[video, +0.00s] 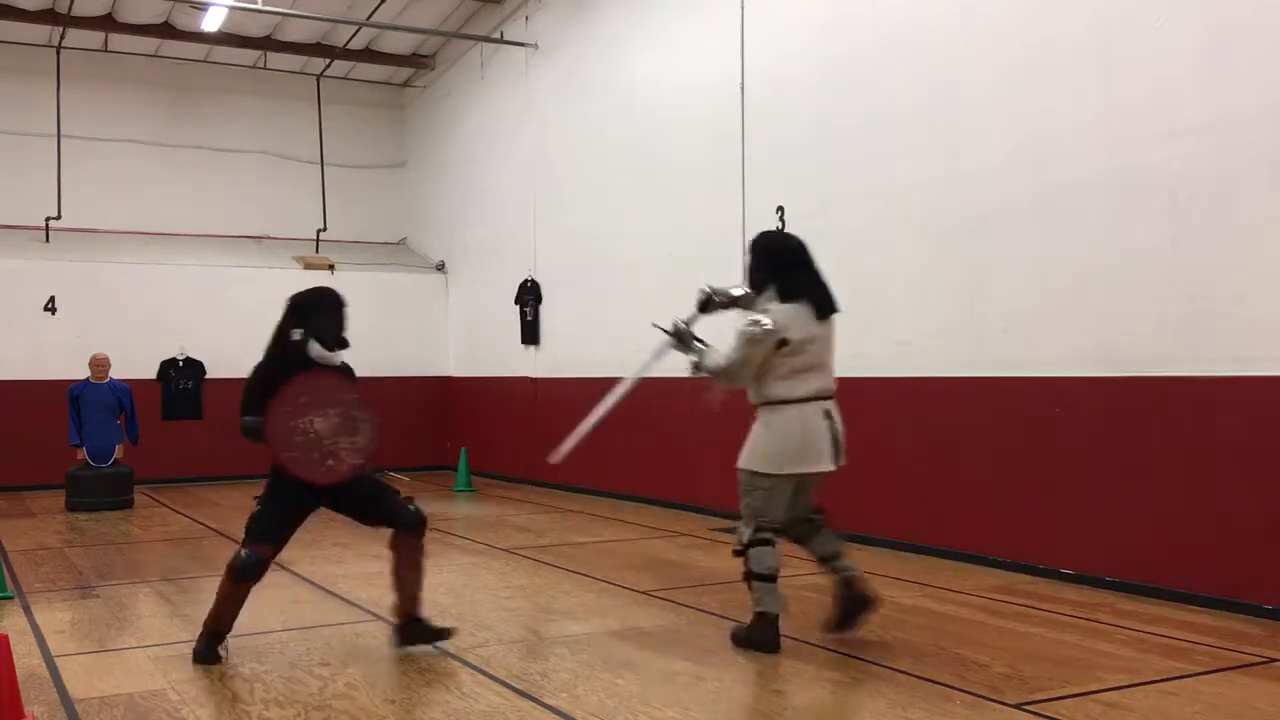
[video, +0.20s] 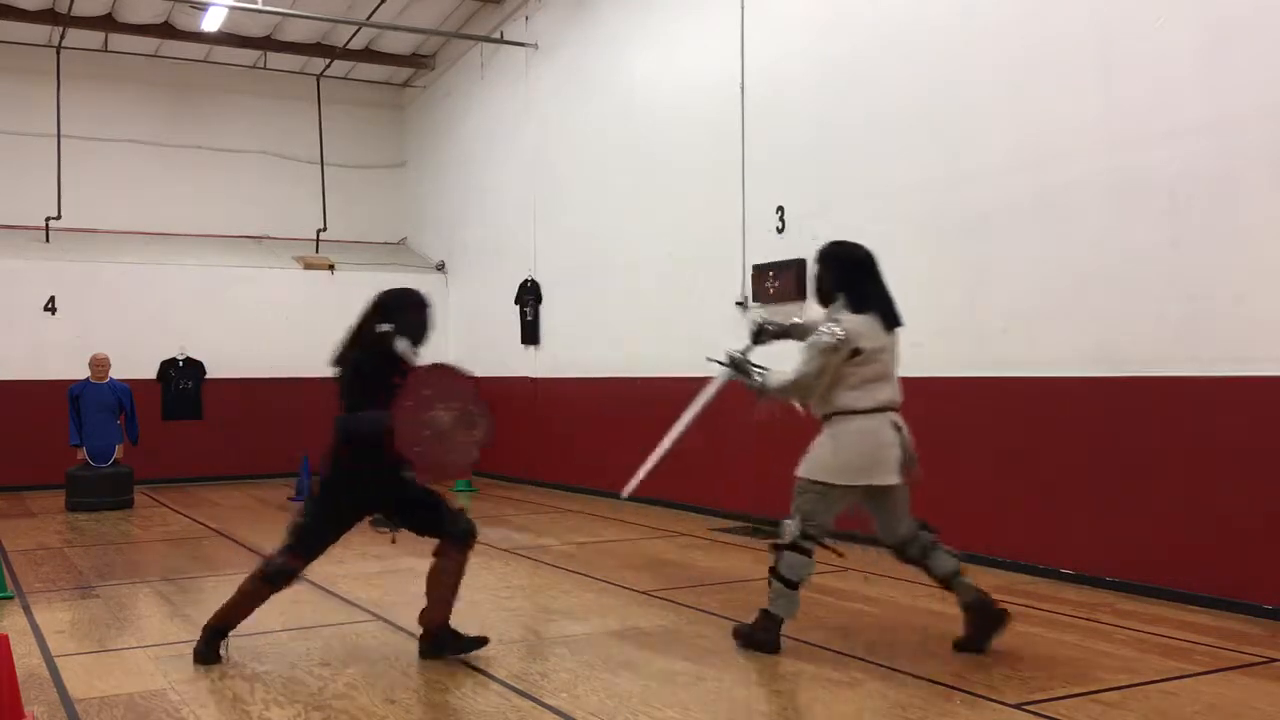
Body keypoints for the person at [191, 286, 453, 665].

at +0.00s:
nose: (342, 325)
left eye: (341, 317)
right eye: (334, 317)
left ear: (336, 318)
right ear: (308, 322)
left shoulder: (340, 372)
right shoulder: (277, 366)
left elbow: (351, 424)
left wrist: (348, 441)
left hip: (341, 477)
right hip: (292, 480)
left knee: (410, 521)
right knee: (250, 561)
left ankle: (409, 623)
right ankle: (212, 636)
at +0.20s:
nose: (425, 326)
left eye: (424, 317)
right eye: (420, 317)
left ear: (388, 316)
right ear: (401, 318)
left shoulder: (383, 356)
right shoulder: (375, 355)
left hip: (378, 479)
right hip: (354, 480)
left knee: (459, 533)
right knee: (287, 563)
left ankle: (435, 631)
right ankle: (215, 632)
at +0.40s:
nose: (524, 345)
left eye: (524, 337)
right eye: (522, 337)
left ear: (483, 324)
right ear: (512, 332)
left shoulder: (460, 355)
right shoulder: (504, 364)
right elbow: (544, 409)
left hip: (437, 473)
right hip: (450, 477)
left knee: (500, 551)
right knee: (497, 553)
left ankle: (443, 632)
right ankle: (388, 595)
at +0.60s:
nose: (614, 315)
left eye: (610, 307)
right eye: (610, 308)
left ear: (569, 314)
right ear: (600, 312)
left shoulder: (553, 352)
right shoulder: (607, 347)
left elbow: (529, 338)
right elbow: (671, 373)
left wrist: (551, 305)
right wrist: (707, 367)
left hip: (542, 471)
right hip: (577, 470)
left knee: (536, 562)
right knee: (660, 528)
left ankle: (457, 625)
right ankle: (711, 621)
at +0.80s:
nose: (710, 319)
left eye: (706, 313)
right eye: (705, 313)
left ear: (663, 322)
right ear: (699, 319)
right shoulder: (713, 352)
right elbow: (778, 367)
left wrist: (759, 399)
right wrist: (812, 359)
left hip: (664, 485)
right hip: (702, 484)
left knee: (629, 580)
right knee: (777, 536)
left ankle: (540, 635)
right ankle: (769, 636)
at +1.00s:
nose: (805, 297)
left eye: (801, 288)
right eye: (800, 290)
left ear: (755, 296)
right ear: (793, 296)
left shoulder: (745, 331)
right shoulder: (804, 332)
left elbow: (790, 342)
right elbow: (861, 367)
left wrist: (813, 309)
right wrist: (886, 372)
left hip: (731, 460)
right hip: (772, 465)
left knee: (697, 549)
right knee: (815, 546)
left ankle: (628, 621)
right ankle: (769, 636)